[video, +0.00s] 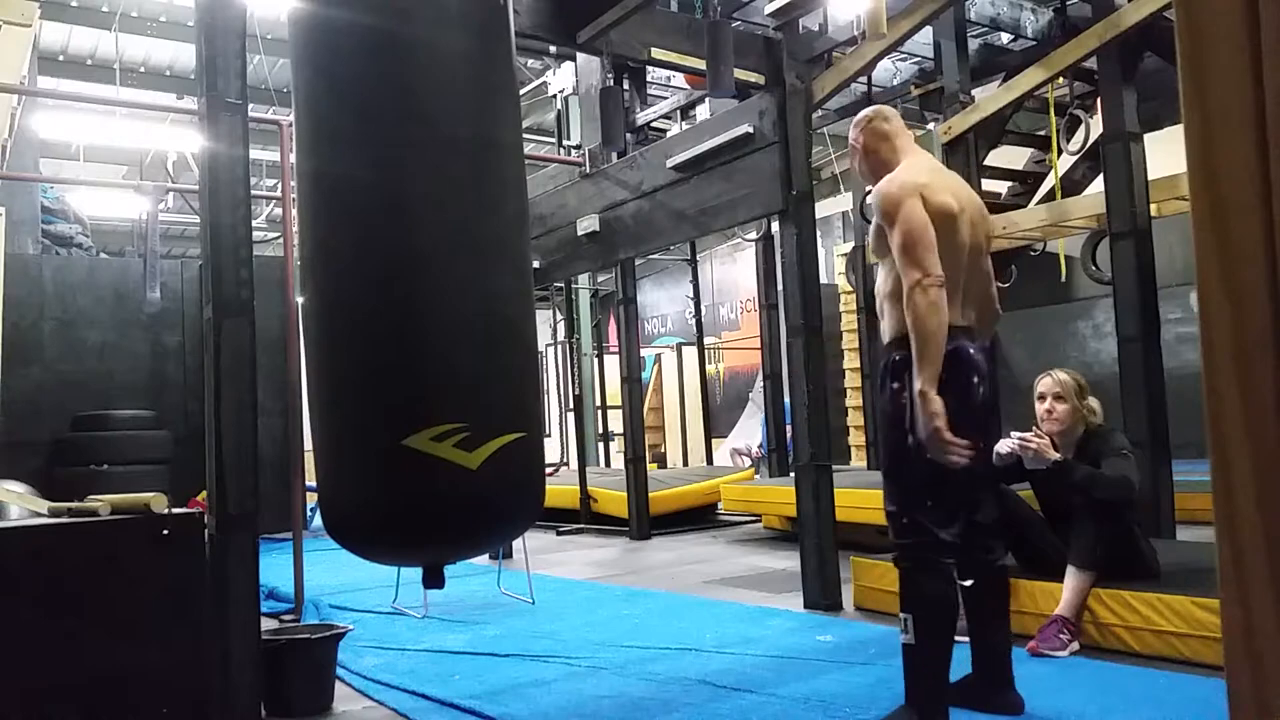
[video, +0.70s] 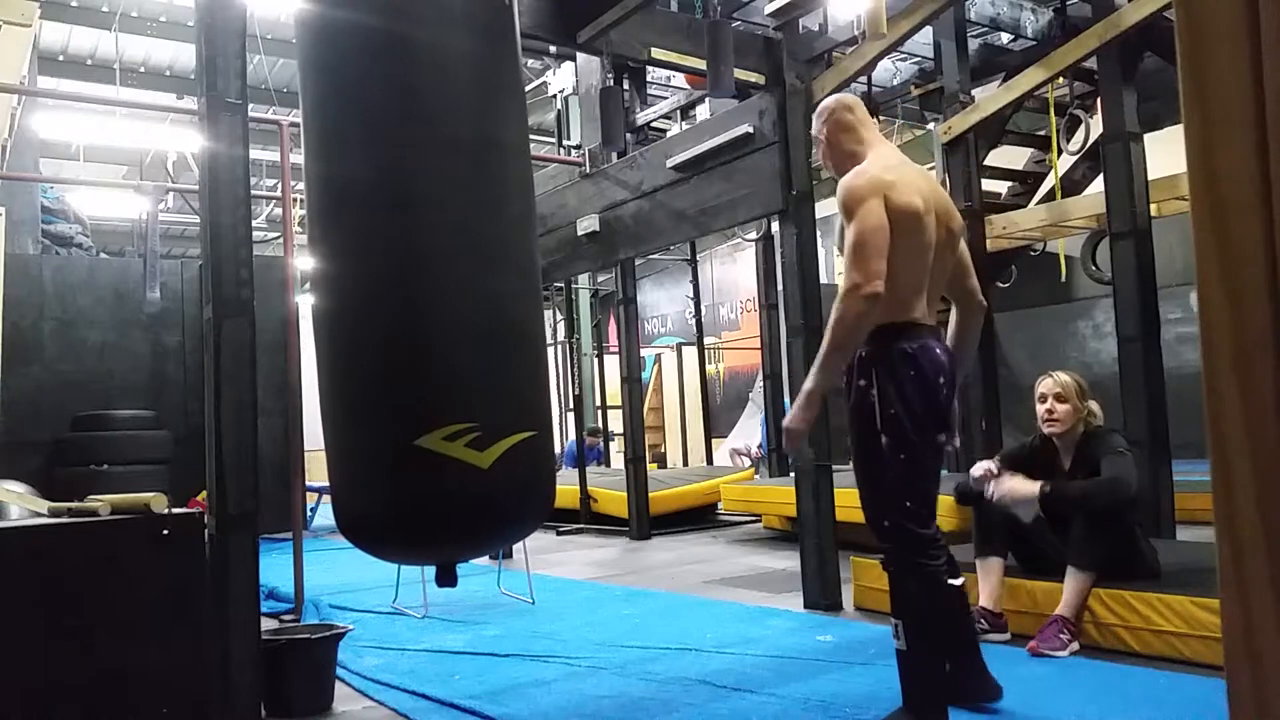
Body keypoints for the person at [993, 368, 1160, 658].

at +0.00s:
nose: (1048, 407)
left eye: (1059, 399)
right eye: (1041, 399)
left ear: (1081, 407)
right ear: (1034, 407)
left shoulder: (1107, 441)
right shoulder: (1034, 448)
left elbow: (1124, 487)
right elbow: (994, 475)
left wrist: (1055, 461)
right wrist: (998, 457)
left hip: (1122, 562)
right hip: (1061, 560)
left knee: (1093, 500)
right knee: (994, 495)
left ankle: (1065, 619)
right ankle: (980, 612)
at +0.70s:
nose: (1049, 407)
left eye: (1060, 399)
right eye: (1042, 400)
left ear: (1081, 408)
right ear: (1035, 409)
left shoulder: (1106, 442)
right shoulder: (1034, 450)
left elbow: (1120, 488)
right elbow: (964, 494)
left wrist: (1038, 490)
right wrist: (977, 481)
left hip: (1120, 560)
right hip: (1059, 557)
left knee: (1093, 501)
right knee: (988, 499)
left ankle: (1065, 620)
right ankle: (989, 612)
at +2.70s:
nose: (1052, 401)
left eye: (1061, 393)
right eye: (1042, 395)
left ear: (1077, 403)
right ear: (1032, 407)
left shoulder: (1102, 440)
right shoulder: (1030, 448)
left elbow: (1106, 487)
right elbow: (973, 481)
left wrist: (1032, 523)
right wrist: (995, 514)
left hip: (1118, 557)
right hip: (1060, 555)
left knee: (1095, 507)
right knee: (993, 497)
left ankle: (1062, 622)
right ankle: (986, 614)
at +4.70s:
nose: (1040, 404)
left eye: (1051, 396)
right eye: (1033, 396)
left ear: (1071, 405)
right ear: (1026, 406)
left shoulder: (1097, 442)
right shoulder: (1027, 449)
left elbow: (1100, 484)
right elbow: (967, 488)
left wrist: (1027, 522)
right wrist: (993, 517)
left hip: (1118, 560)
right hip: (1058, 556)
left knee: (1089, 505)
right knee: (989, 495)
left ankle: (1061, 621)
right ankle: (989, 612)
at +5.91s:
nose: (1040, 404)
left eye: (1051, 397)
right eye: (1033, 397)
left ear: (1071, 406)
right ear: (1026, 406)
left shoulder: (1097, 442)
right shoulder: (1027, 449)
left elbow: (1100, 486)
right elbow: (967, 488)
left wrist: (1027, 521)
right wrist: (992, 516)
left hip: (1118, 560)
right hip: (1057, 556)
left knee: (1091, 505)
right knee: (989, 495)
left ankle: (1061, 621)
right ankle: (989, 612)